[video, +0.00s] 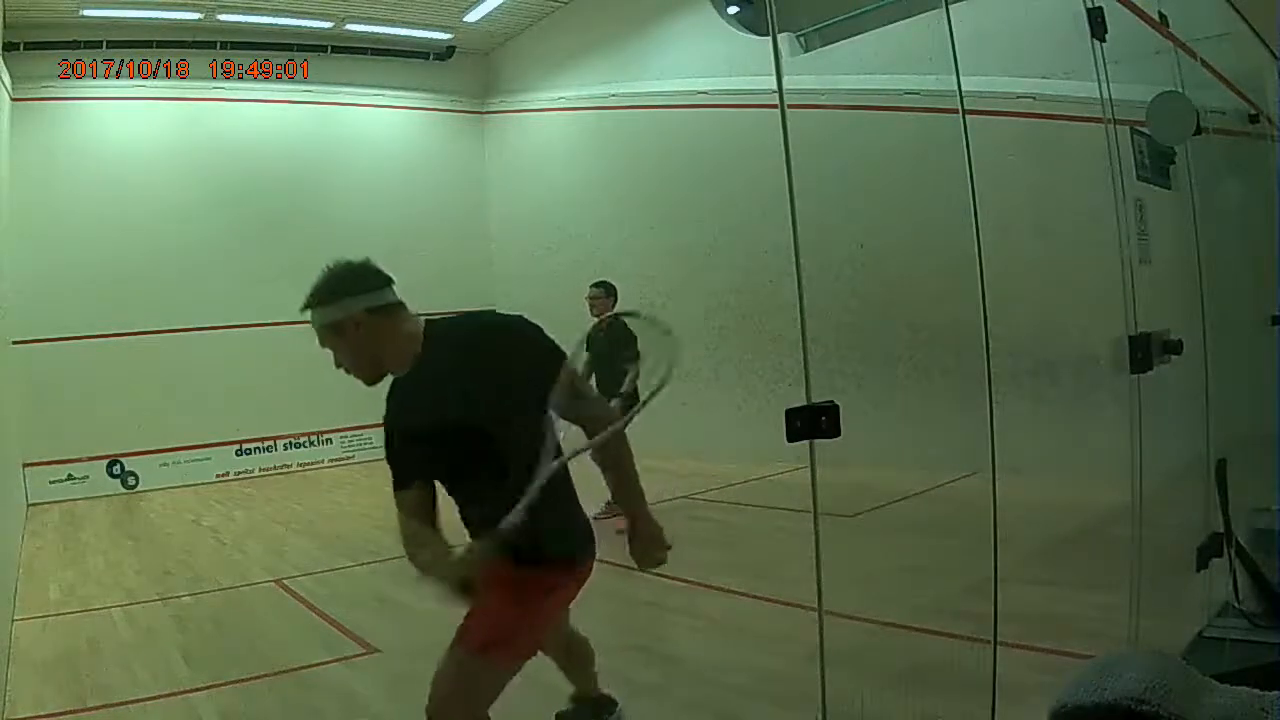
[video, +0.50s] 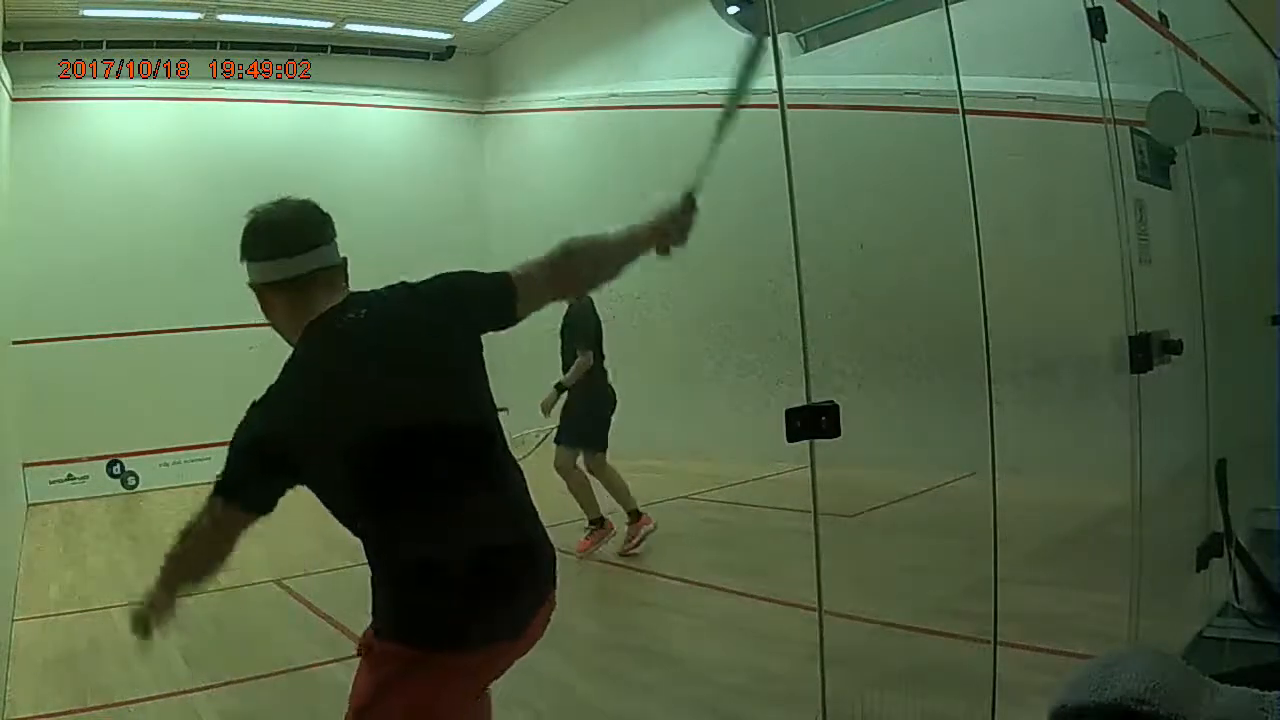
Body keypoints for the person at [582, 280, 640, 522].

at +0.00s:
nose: (591, 304)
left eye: (597, 299)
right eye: (590, 299)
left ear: (610, 301)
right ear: (590, 302)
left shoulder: (621, 331)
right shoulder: (594, 332)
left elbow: (633, 368)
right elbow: (589, 364)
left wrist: (622, 398)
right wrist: (578, 390)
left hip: (622, 397)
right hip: (603, 395)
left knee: (612, 452)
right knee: (602, 451)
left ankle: (622, 500)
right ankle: (618, 498)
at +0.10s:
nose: (584, 307)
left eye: (590, 303)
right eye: (583, 303)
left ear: (605, 305)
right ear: (583, 306)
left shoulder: (612, 336)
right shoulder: (591, 334)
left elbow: (619, 377)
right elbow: (588, 370)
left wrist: (595, 400)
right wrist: (572, 397)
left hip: (614, 406)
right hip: (601, 406)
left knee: (595, 453)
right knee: (600, 454)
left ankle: (607, 503)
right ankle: (615, 498)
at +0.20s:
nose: (578, 308)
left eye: (584, 304)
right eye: (576, 304)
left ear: (599, 307)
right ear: (576, 308)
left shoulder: (601, 338)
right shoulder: (589, 336)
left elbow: (602, 380)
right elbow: (592, 377)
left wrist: (569, 400)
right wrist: (578, 403)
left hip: (607, 410)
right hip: (598, 408)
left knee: (581, 462)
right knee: (602, 457)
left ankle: (601, 528)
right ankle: (615, 497)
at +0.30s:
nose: (566, 300)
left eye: (572, 296)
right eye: (567, 295)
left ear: (588, 300)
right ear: (585, 301)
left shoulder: (593, 332)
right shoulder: (589, 330)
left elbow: (592, 376)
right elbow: (590, 375)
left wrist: (554, 397)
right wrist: (580, 404)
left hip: (600, 410)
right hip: (599, 408)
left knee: (574, 469)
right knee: (599, 459)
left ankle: (601, 530)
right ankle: (616, 503)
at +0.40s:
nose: (558, 284)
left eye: (561, 279)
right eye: (560, 279)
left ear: (573, 282)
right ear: (579, 283)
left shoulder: (583, 316)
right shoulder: (587, 312)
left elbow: (589, 362)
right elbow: (589, 361)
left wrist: (555, 386)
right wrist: (571, 391)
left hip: (590, 400)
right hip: (597, 397)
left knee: (577, 461)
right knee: (594, 458)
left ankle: (601, 526)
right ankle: (623, 515)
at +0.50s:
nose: (554, 282)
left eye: (558, 276)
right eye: (556, 276)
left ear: (569, 279)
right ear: (577, 278)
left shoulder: (579, 310)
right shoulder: (581, 307)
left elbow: (586, 359)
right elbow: (587, 359)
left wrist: (557, 392)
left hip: (585, 395)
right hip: (599, 394)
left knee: (564, 464)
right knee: (596, 463)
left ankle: (598, 524)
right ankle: (637, 518)